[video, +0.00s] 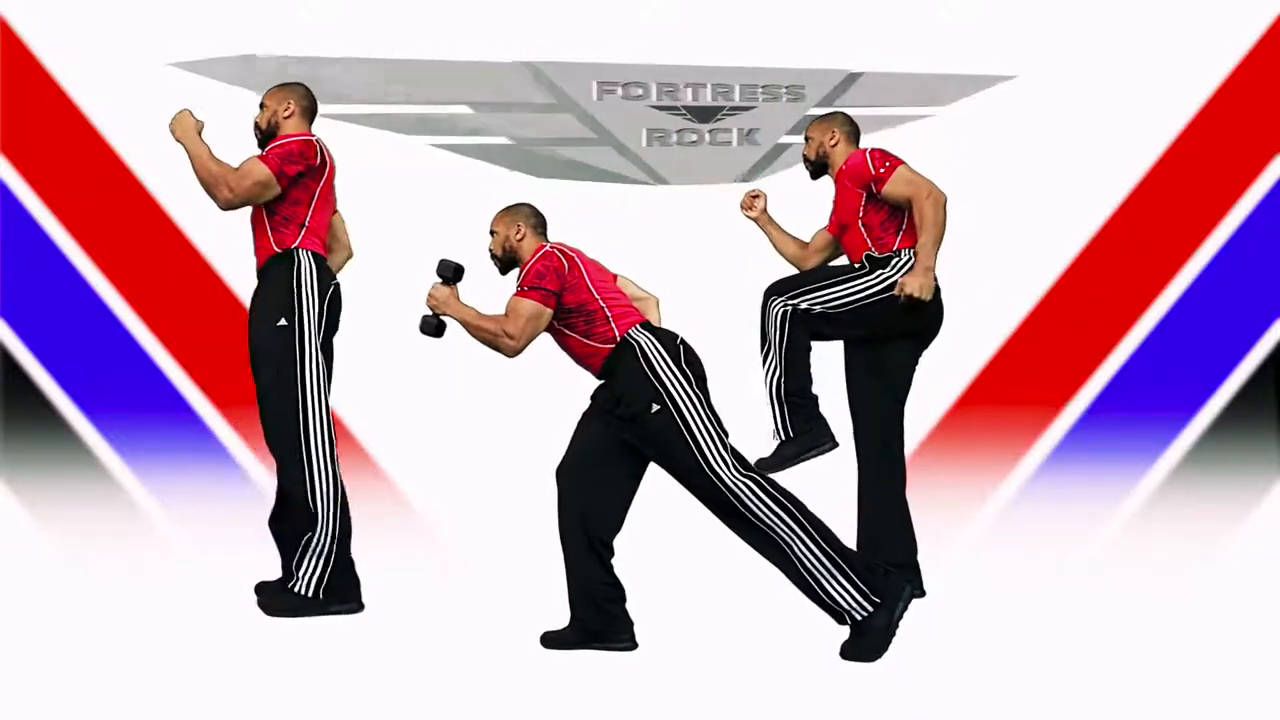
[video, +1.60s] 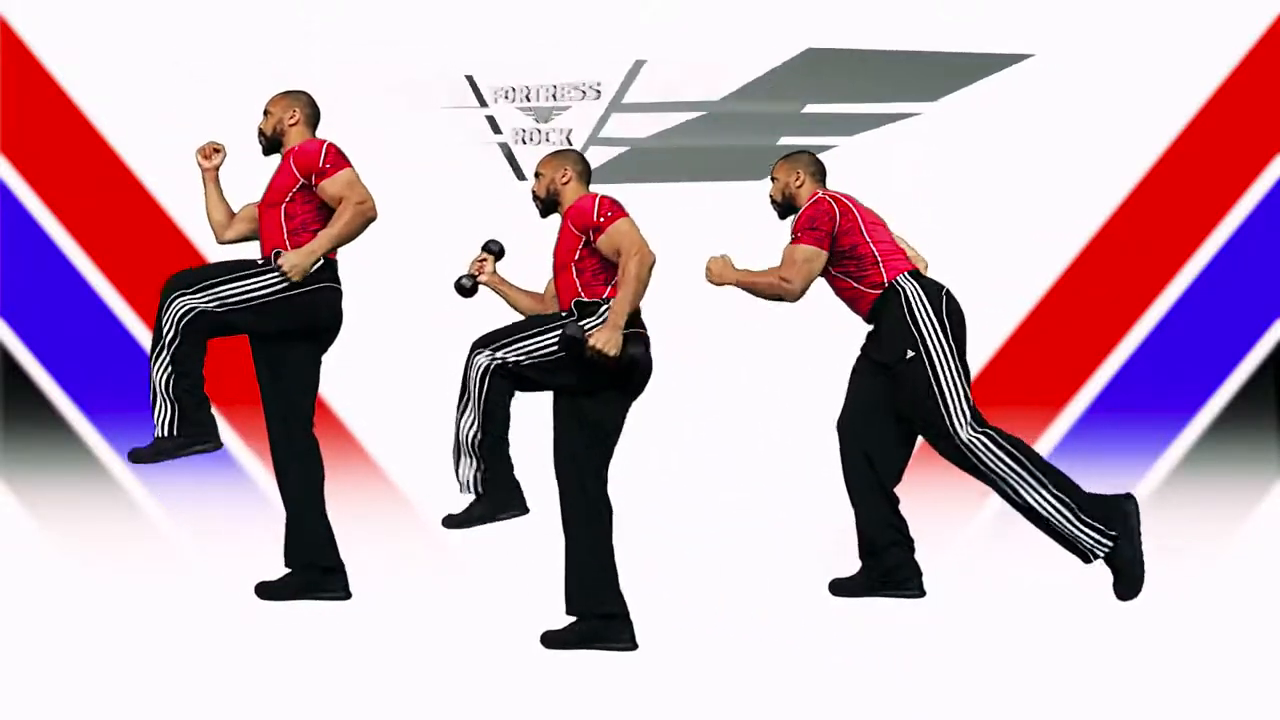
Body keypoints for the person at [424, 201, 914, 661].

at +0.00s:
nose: (489, 245)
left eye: (495, 234)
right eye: (490, 236)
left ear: (522, 230)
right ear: (530, 234)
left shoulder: (546, 262)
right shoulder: (565, 264)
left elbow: (509, 338)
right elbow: (644, 301)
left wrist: (453, 307)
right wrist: (655, 371)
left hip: (649, 362)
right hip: (626, 379)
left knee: (730, 485)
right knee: (580, 486)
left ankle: (868, 600)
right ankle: (601, 623)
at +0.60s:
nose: (492, 236)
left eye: (498, 226)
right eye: (492, 229)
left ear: (524, 222)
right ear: (527, 229)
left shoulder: (551, 251)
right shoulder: (566, 258)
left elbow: (534, 323)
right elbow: (637, 310)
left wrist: (466, 315)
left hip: (639, 359)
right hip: (612, 378)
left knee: (703, 483)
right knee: (576, 487)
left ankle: (848, 590)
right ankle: (601, 621)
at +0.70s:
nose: (498, 224)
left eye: (503, 214)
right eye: (497, 216)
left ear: (527, 210)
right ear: (529, 214)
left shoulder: (559, 237)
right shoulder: (548, 258)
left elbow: (565, 303)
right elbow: (595, 327)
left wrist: (494, 324)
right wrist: (587, 380)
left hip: (630, 351)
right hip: (605, 369)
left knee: (647, 486)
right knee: (580, 488)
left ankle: (791, 571)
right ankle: (600, 620)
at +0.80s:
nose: (508, 213)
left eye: (513, 203)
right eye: (508, 205)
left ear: (539, 200)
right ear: (541, 201)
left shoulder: (568, 227)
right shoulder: (559, 255)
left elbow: (593, 283)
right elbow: (589, 336)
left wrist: (528, 332)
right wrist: (543, 359)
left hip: (627, 345)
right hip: (607, 357)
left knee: (571, 460)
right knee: (577, 479)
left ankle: (686, 557)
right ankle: (601, 619)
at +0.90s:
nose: (517, 201)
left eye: (523, 191)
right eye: (519, 193)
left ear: (547, 189)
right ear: (548, 191)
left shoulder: (575, 215)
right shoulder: (565, 245)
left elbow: (621, 263)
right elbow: (572, 325)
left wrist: (579, 327)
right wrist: (506, 325)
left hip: (617, 335)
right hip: (618, 352)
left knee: (514, 406)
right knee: (592, 484)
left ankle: (554, 541)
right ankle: (603, 620)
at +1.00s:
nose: (525, 192)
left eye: (529, 181)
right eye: (525, 184)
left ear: (555, 178)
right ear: (559, 180)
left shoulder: (585, 207)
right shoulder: (567, 237)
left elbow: (641, 253)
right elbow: (543, 308)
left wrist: (617, 320)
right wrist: (488, 285)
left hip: (597, 335)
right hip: (609, 350)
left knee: (490, 356)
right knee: (589, 485)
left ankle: (503, 484)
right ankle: (603, 619)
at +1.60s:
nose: (532, 187)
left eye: (538, 177)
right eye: (533, 179)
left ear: (564, 176)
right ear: (564, 177)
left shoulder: (589, 205)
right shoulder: (571, 236)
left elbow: (638, 255)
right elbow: (550, 306)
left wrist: (616, 323)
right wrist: (494, 281)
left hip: (595, 333)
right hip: (614, 352)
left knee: (487, 357)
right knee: (581, 484)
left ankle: (494, 489)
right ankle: (602, 619)